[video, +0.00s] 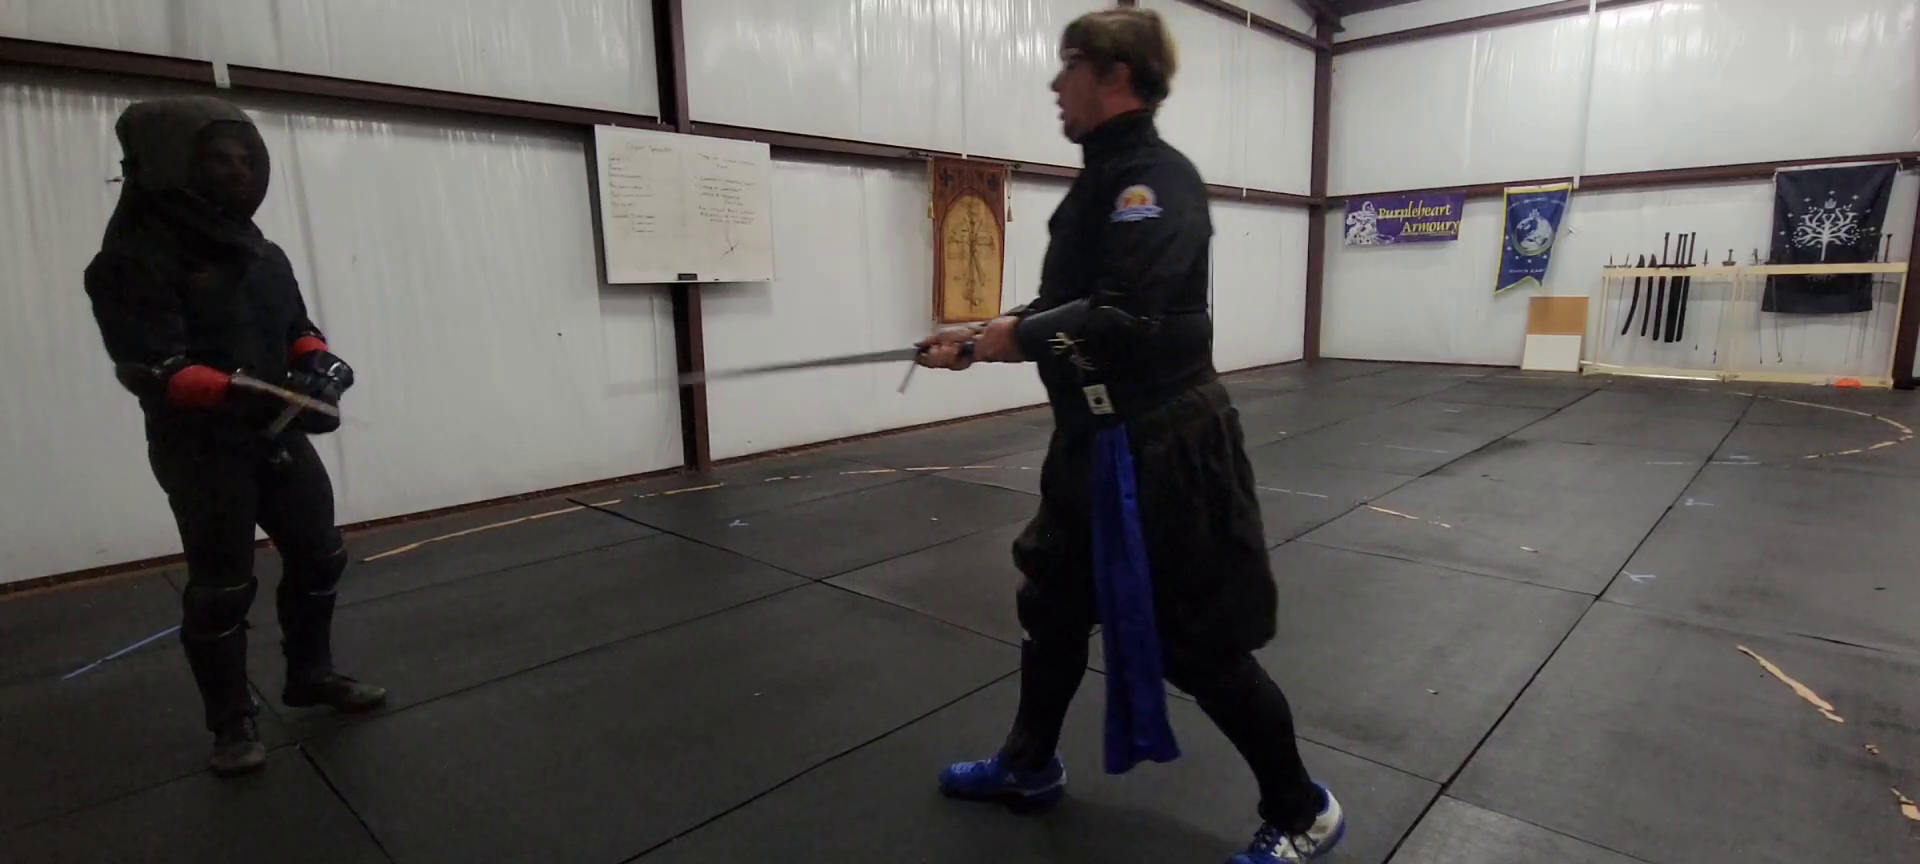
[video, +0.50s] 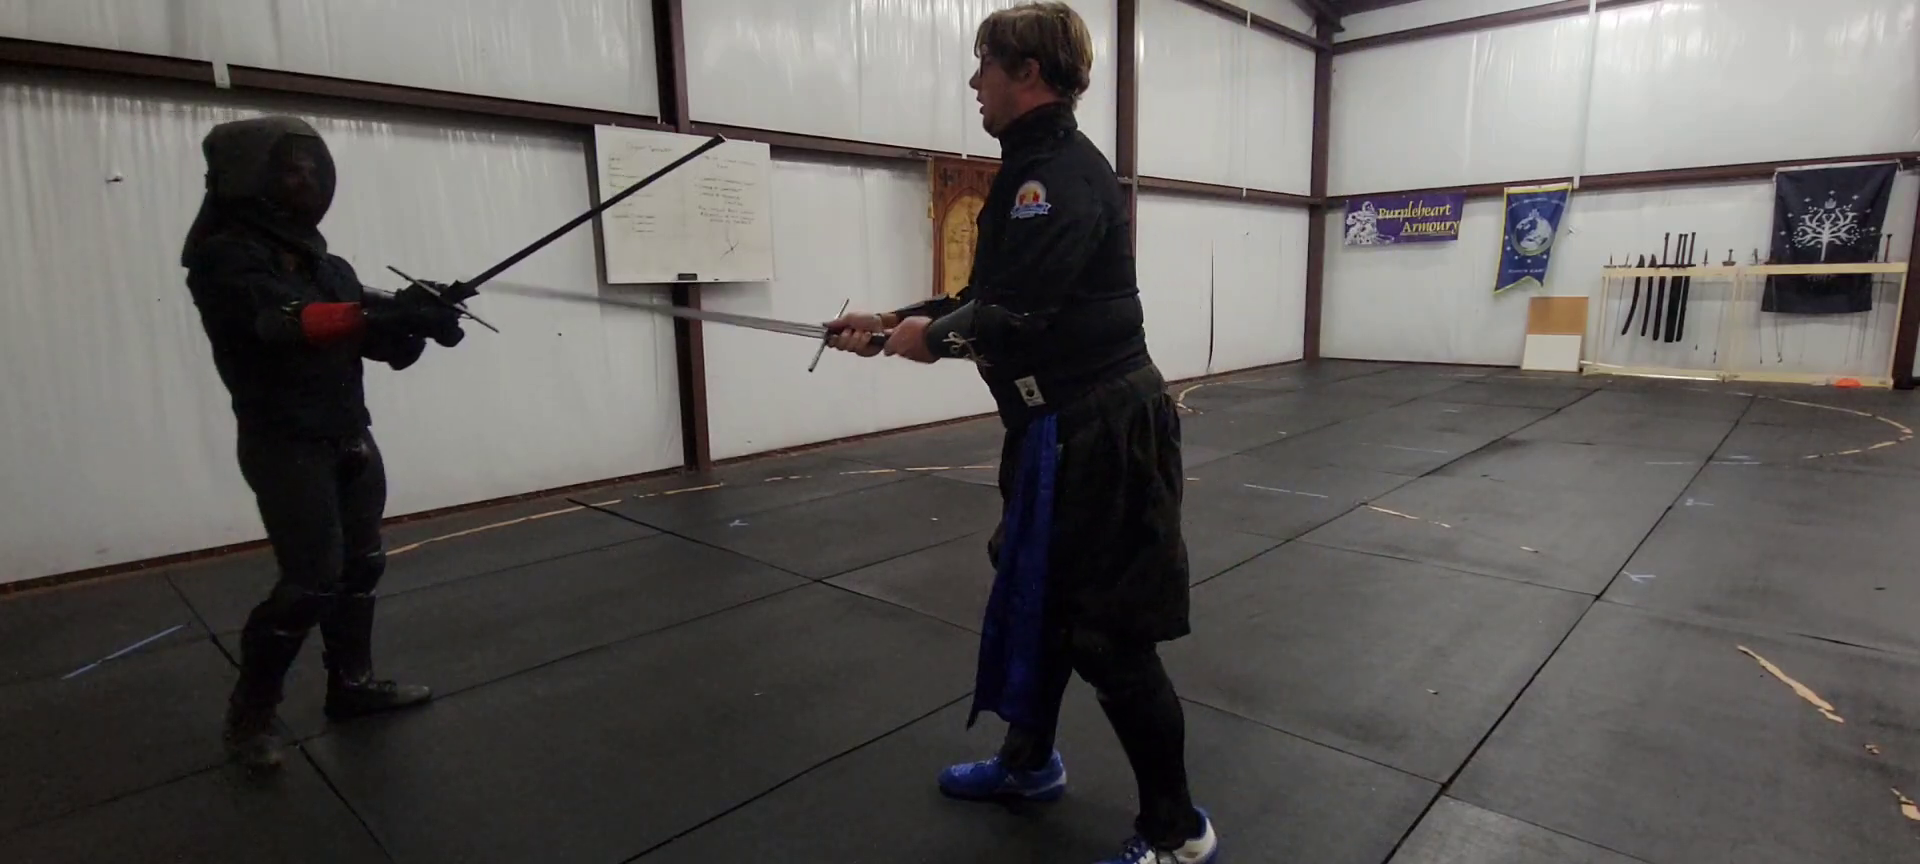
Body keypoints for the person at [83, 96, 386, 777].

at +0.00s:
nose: (239, 172)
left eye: (249, 159)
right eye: (220, 160)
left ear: (264, 169)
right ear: (181, 170)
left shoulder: (261, 253)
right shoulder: (134, 259)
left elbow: (294, 329)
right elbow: (146, 364)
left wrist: (316, 363)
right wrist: (228, 390)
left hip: (276, 428)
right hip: (198, 442)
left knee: (317, 550)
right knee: (221, 581)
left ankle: (310, 676)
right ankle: (232, 721)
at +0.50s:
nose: (308, 183)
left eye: (316, 171)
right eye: (292, 170)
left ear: (327, 182)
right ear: (255, 178)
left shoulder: (324, 263)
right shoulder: (225, 255)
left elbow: (370, 341)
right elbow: (276, 322)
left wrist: (411, 322)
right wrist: (376, 316)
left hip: (347, 436)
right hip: (282, 445)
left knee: (359, 565)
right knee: (311, 579)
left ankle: (351, 686)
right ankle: (250, 720)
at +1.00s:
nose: (372, 185)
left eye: (374, 173)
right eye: (358, 172)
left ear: (365, 180)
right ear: (320, 178)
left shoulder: (361, 256)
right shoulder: (285, 254)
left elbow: (407, 342)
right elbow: (343, 327)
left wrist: (467, 325)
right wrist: (445, 316)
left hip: (383, 442)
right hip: (343, 447)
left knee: (367, 569)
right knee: (410, 580)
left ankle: (352, 688)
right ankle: (413, 725)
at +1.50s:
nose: (368, 182)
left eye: (376, 169)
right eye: (350, 171)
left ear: (389, 177)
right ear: (315, 183)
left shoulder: (383, 255)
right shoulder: (304, 259)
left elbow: (422, 334)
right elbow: (376, 329)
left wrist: (490, 339)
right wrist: (489, 322)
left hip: (394, 446)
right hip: (358, 452)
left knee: (368, 574)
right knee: (435, 582)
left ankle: (350, 690)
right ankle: (415, 728)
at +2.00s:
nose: (361, 181)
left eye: (370, 167)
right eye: (342, 170)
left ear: (384, 175)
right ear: (307, 181)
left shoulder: (375, 253)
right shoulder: (297, 259)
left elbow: (415, 332)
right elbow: (363, 329)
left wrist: (482, 341)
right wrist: (476, 322)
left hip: (388, 445)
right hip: (352, 451)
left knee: (363, 574)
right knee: (425, 584)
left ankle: (349, 689)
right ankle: (416, 728)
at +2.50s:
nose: (357, 183)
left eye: (365, 170)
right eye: (340, 171)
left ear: (378, 178)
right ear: (308, 182)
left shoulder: (369, 250)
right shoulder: (293, 257)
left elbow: (411, 325)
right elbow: (360, 327)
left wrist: (476, 340)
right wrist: (472, 322)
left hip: (388, 443)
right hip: (352, 450)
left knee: (364, 572)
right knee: (422, 583)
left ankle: (350, 690)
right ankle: (416, 727)